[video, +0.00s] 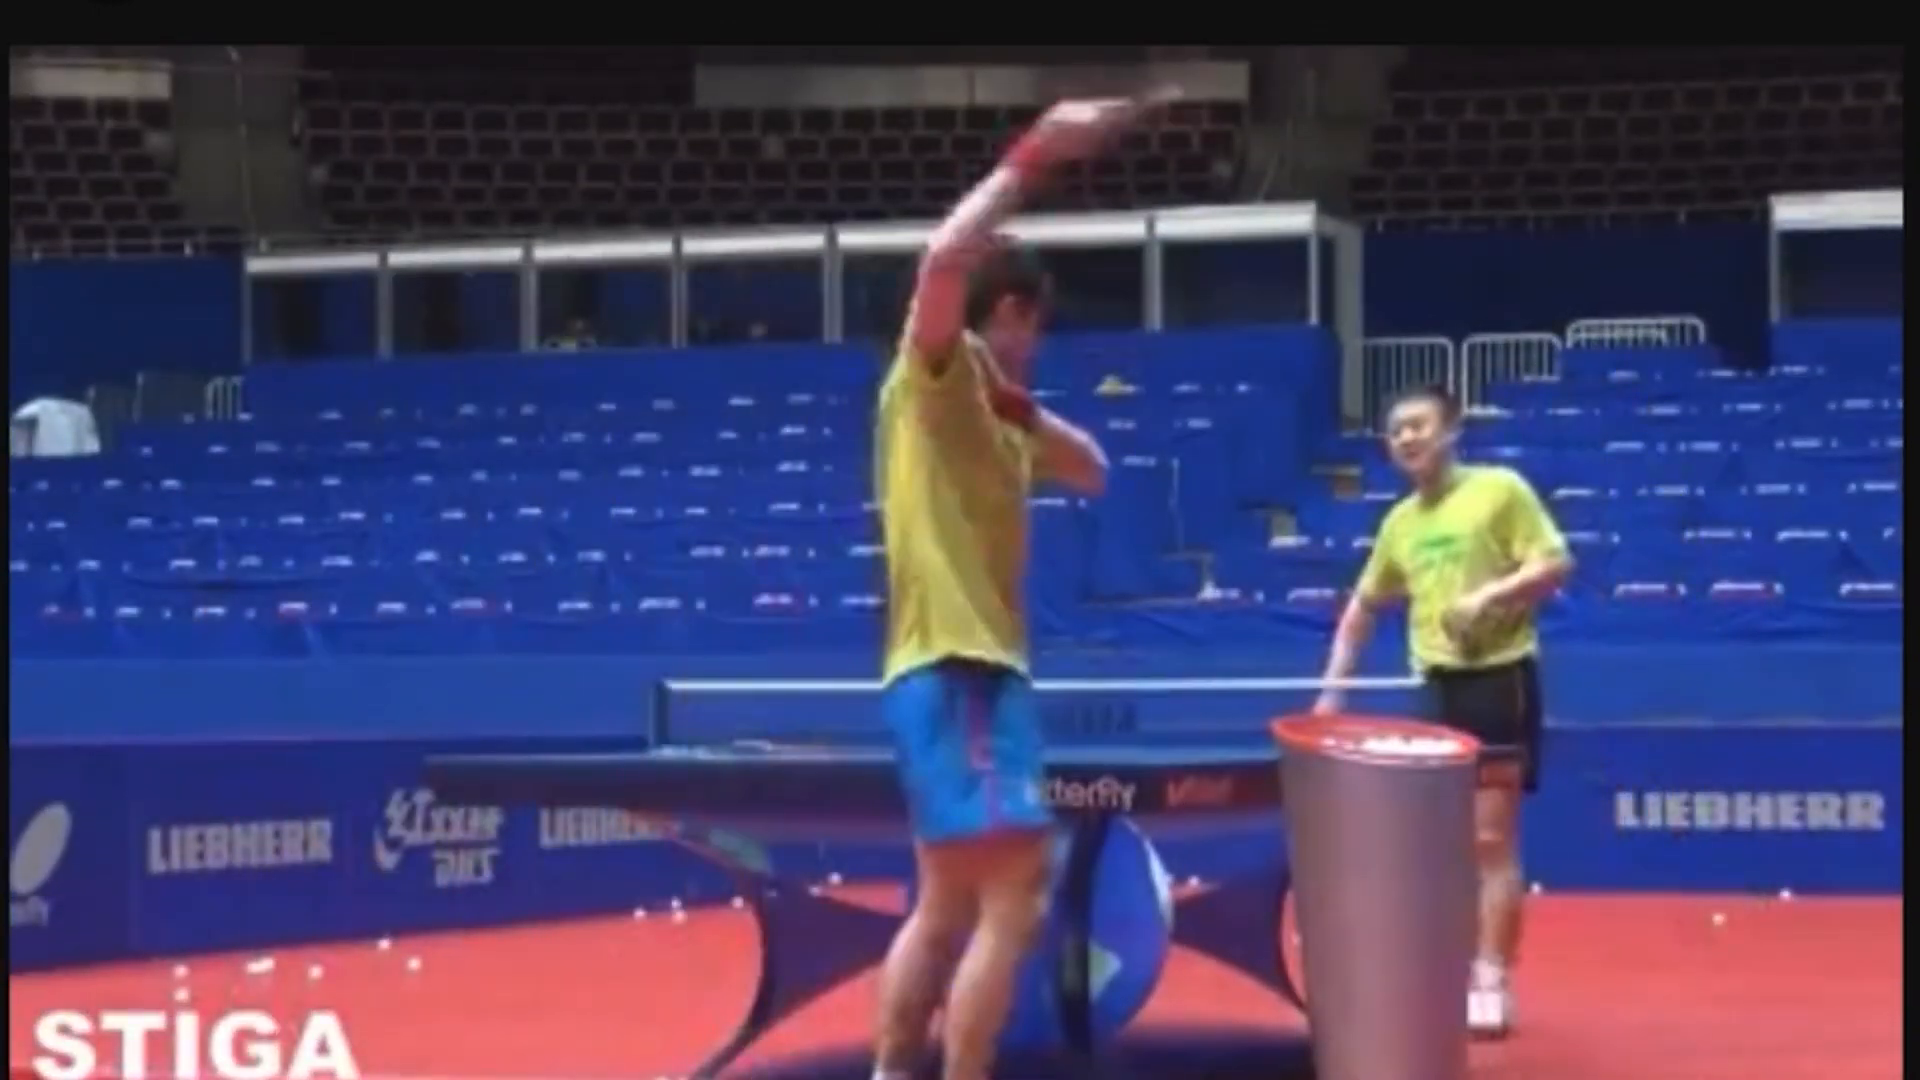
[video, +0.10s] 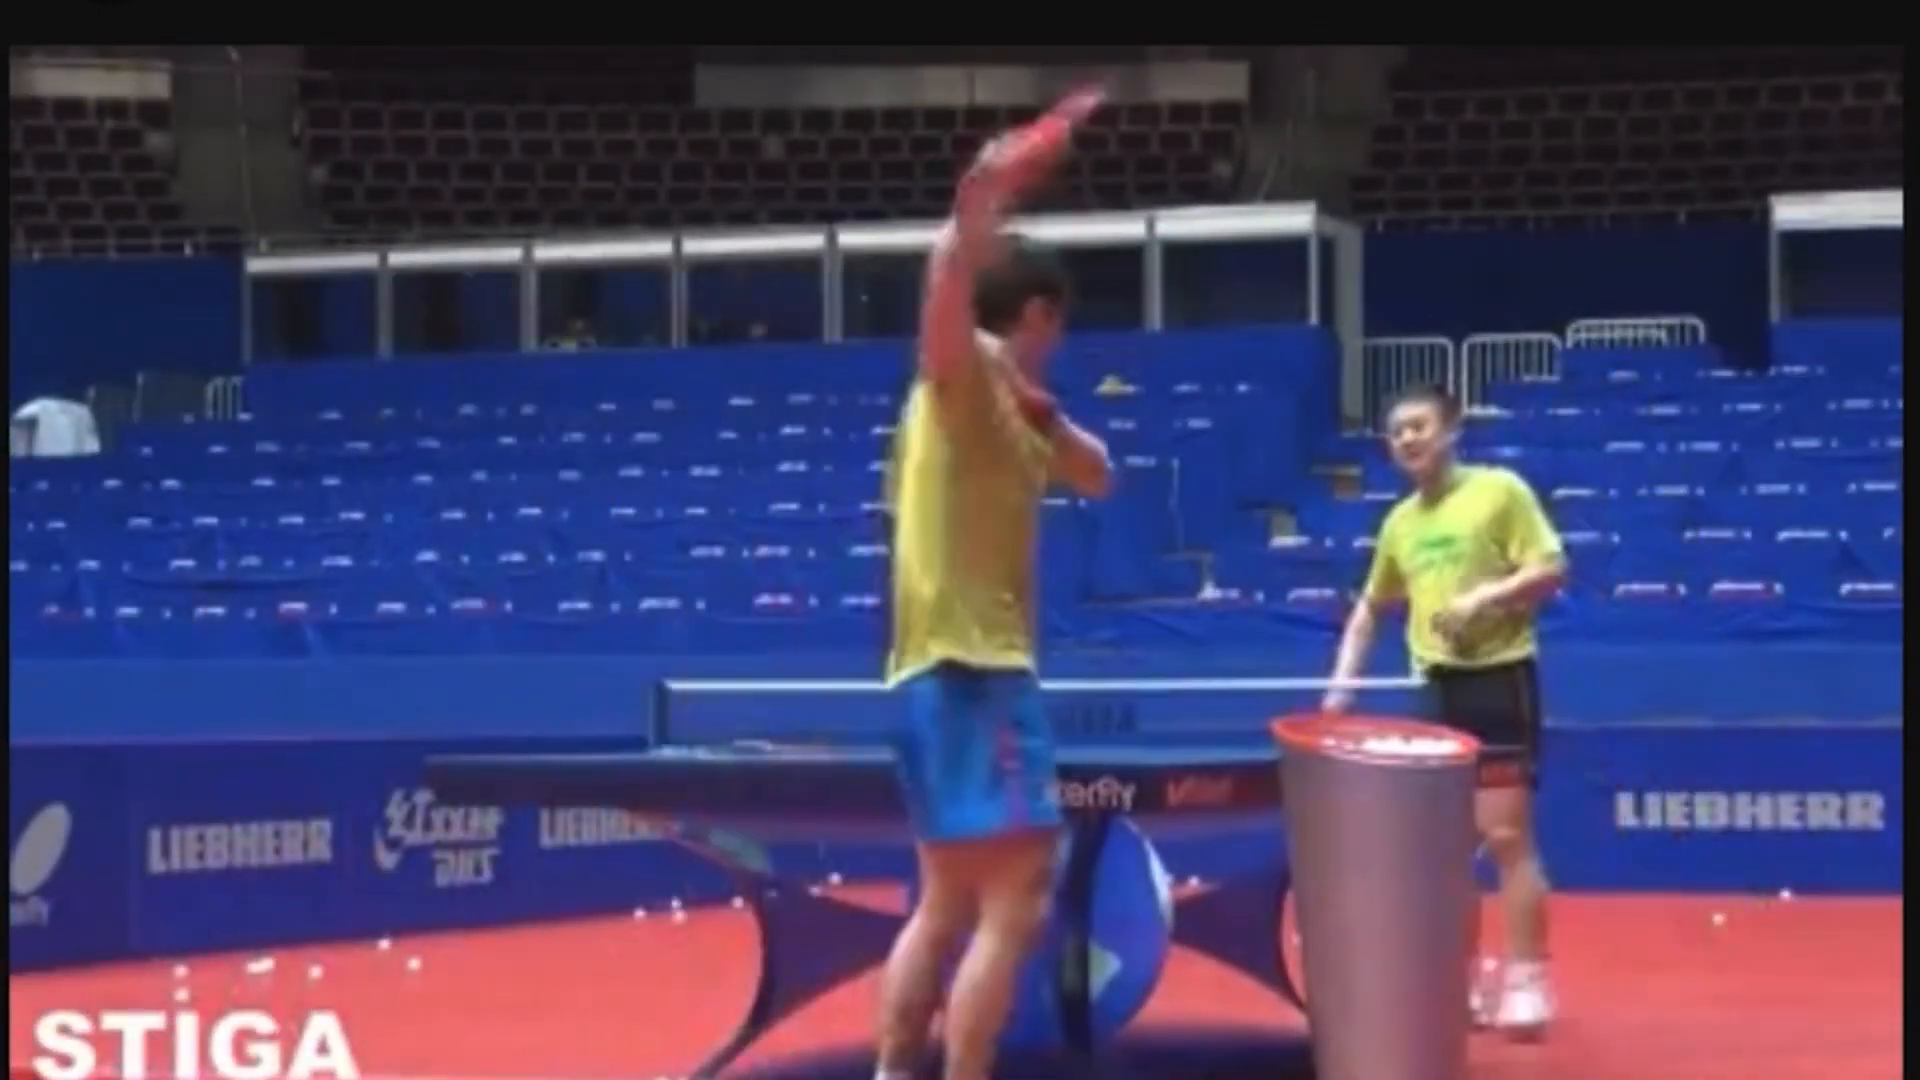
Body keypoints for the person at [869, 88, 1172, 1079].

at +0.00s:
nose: (1036, 338)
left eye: (1037, 323)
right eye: (1031, 319)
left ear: (998, 319)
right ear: (998, 311)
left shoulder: (1000, 423)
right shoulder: (932, 385)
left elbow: (1087, 468)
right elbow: (943, 260)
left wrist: (1013, 404)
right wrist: (1028, 158)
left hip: (964, 670)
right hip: (954, 667)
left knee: (941, 909)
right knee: (1013, 903)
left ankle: (896, 1069)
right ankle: (962, 1071)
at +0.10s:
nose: (1058, 334)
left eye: (1058, 320)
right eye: (1055, 319)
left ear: (1008, 315)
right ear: (1031, 316)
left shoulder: (1013, 415)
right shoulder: (960, 387)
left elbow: (1096, 476)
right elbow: (948, 307)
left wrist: (1039, 412)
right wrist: (982, 199)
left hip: (957, 668)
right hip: (969, 667)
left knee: (946, 905)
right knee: (1013, 907)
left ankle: (893, 1064)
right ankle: (964, 1068)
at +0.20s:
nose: (1087, 333)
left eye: (1088, 317)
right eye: (1082, 316)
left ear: (994, 311)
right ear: (1054, 316)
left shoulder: (986, 392)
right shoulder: (990, 367)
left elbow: (1092, 493)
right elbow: (1033, 417)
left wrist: (1067, 427)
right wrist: (1065, 386)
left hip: (941, 671)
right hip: (983, 669)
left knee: (970, 893)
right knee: (1009, 902)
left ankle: (910, 1064)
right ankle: (961, 1069)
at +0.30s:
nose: (1080, 341)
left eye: (1077, 326)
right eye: (1081, 326)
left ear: (999, 317)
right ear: (1064, 323)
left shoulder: (972, 387)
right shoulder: (1004, 383)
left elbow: (1020, 521)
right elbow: (1004, 456)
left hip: (951, 678)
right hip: (979, 679)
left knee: (999, 893)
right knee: (1016, 893)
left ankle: (950, 1062)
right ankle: (950, 1067)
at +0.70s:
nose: (1132, 331)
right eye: (1131, 320)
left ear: (1043, 324)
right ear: (1123, 323)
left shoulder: (1015, 405)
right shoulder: (1107, 378)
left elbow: (1149, 516)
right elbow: (1165, 445)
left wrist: (1183, 420)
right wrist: (1186, 400)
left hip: (995, 686)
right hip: (1056, 684)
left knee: (1064, 913)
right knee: (1122, 909)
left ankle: (1046, 1067)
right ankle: (1009, 1066)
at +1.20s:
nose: (1142, 341)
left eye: (1144, 329)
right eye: (1143, 330)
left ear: (1165, 329)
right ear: (1243, 335)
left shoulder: (1115, 421)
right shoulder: (1289, 414)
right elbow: (1365, 551)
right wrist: (1292, 548)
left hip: (1110, 701)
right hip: (1229, 700)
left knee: (1093, 913)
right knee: (1267, 919)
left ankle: (1057, 1071)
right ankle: (1275, 1074)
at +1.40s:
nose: (1193, 352)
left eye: (1196, 338)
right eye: (1193, 339)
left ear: (1219, 335)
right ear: (1287, 339)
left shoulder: (1170, 424)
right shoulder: (1351, 422)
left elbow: (1172, 551)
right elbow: (1394, 563)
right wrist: (1395, 653)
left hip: (1152, 676)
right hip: (1274, 683)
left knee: (1125, 908)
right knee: (1287, 922)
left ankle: (1107, 1072)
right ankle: (1281, 1072)